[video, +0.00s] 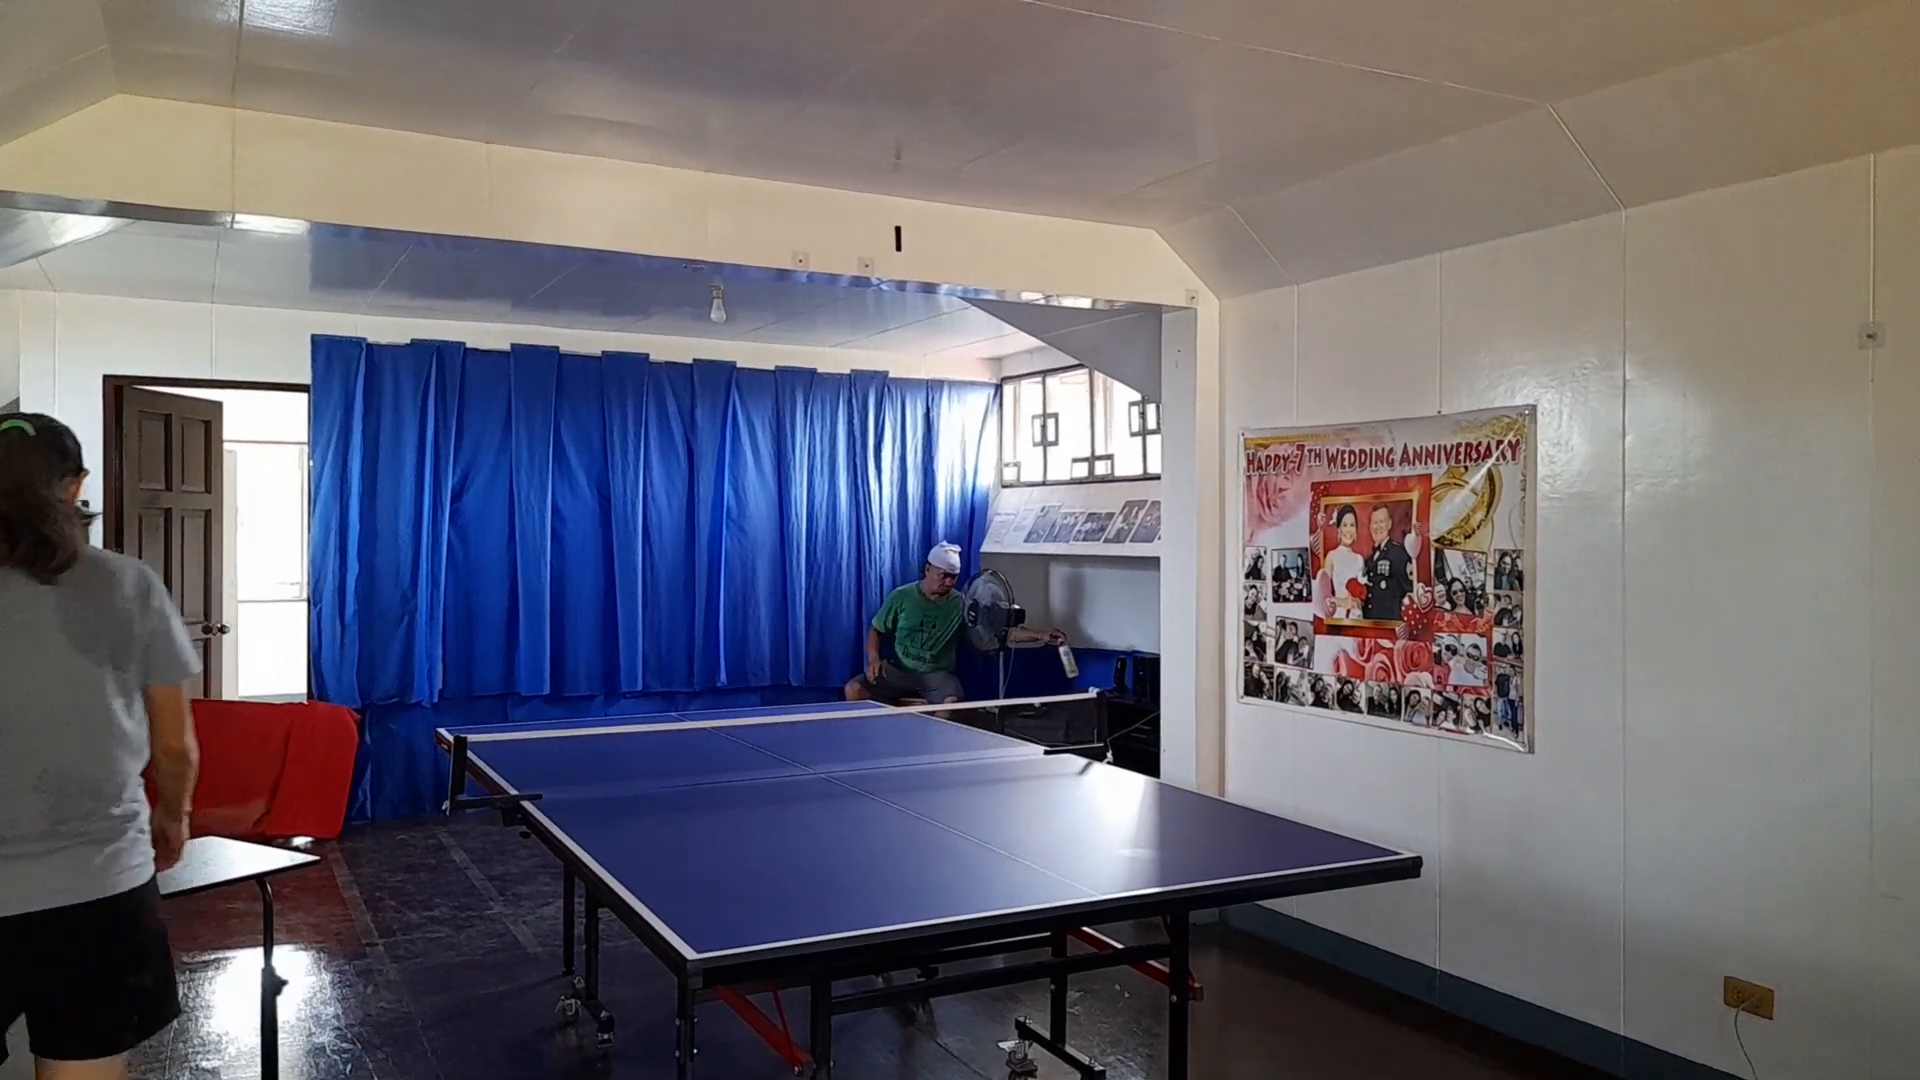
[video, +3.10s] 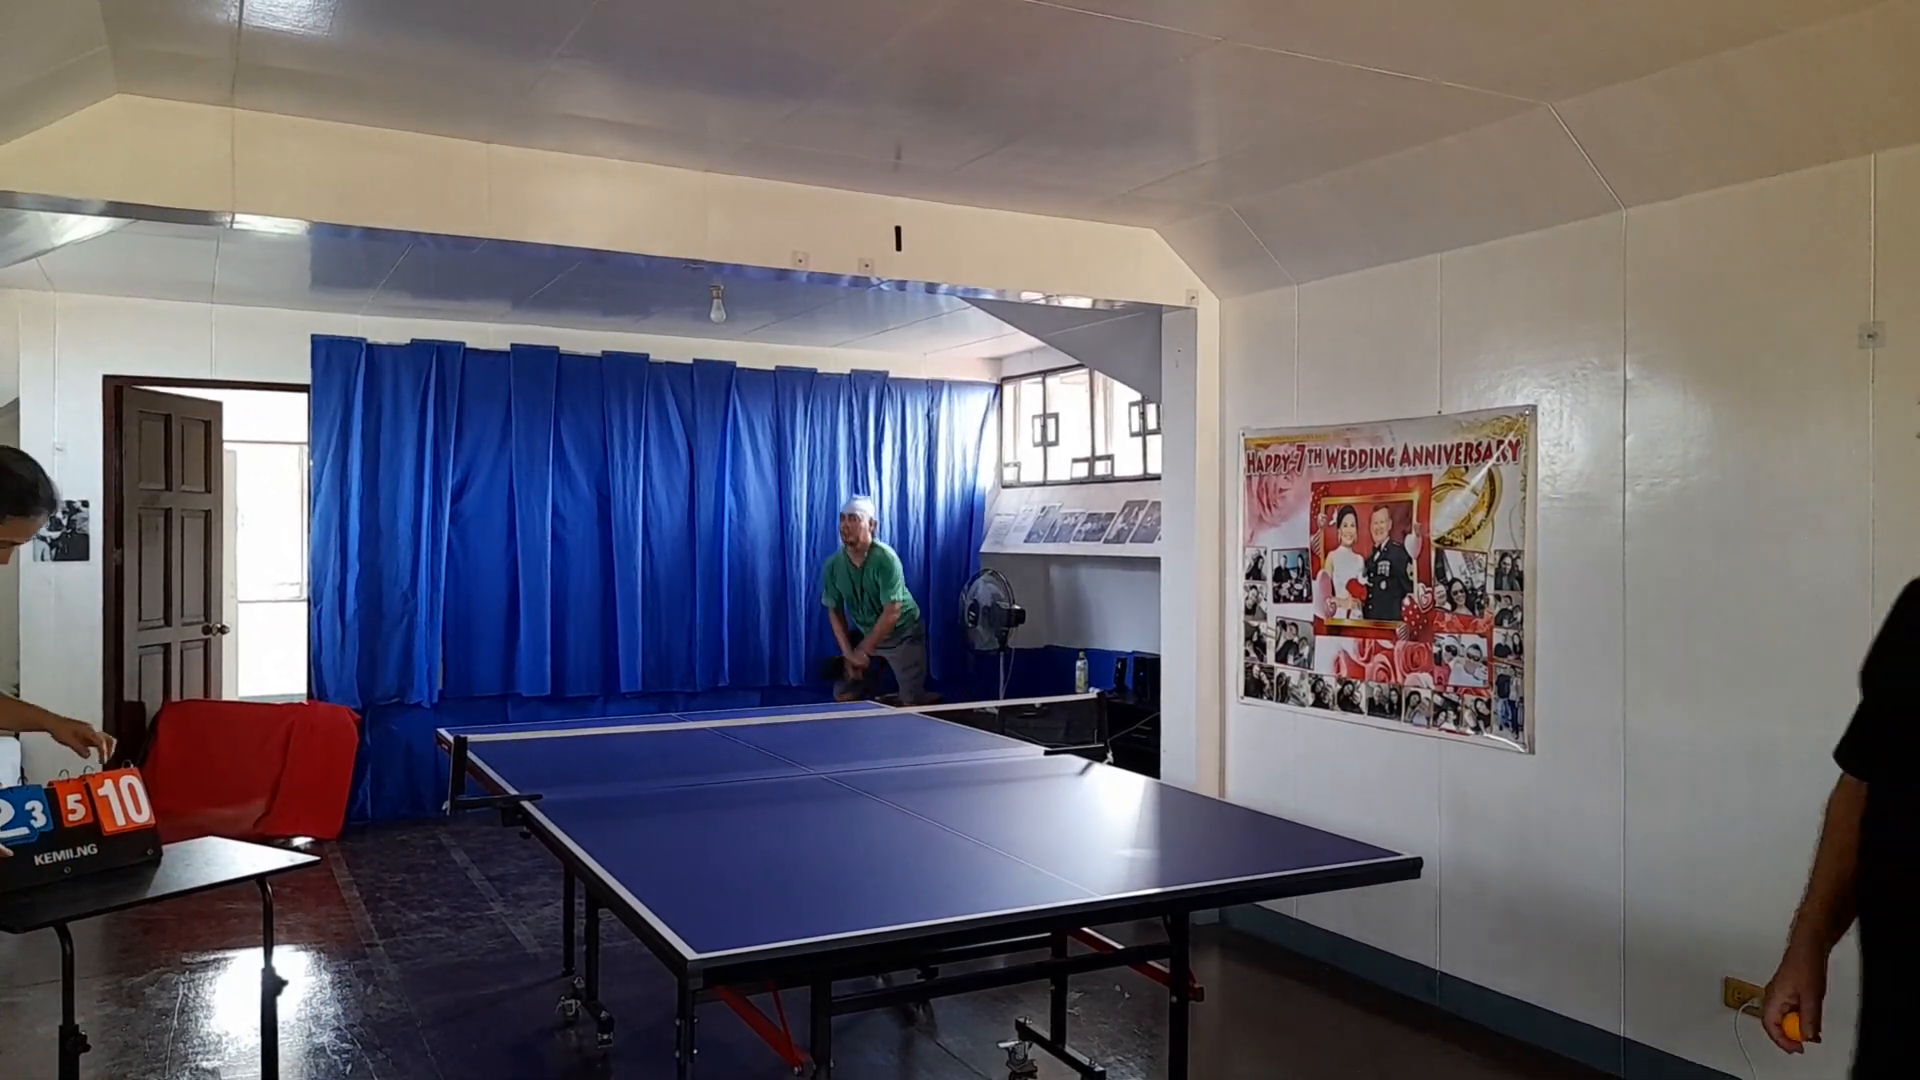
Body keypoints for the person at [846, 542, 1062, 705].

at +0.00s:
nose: (949, 583)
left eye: (954, 578)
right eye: (944, 577)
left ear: (958, 577)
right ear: (927, 571)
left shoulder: (960, 604)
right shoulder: (901, 596)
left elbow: (996, 633)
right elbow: (875, 631)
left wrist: (1039, 637)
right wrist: (874, 659)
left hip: (937, 676)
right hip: (900, 672)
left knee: (951, 704)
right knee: (853, 689)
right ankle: (876, 740)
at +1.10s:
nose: (942, 592)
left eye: (948, 587)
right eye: (937, 586)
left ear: (954, 583)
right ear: (922, 577)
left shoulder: (960, 607)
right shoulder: (901, 600)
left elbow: (984, 644)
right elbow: (879, 632)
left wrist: (1009, 660)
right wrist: (871, 656)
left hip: (937, 677)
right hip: (899, 673)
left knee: (952, 704)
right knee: (854, 691)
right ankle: (869, 747)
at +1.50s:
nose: (928, 586)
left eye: (932, 580)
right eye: (922, 580)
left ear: (937, 577)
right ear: (906, 573)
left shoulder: (947, 600)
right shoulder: (887, 602)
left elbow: (963, 635)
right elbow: (866, 642)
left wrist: (976, 662)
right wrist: (868, 660)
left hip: (935, 674)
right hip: (896, 673)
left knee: (949, 700)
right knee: (852, 690)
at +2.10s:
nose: (891, 588)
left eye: (894, 581)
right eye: (884, 585)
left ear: (901, 573)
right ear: (873, 584)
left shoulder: (923, 598)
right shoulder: (864, 612)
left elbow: (948, 639)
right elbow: (857, 655)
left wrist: (964, 681)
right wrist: (871, 676)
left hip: (927, 670)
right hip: (887, 673)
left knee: (940, 698)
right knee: (848, 690)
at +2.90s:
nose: (855, 579)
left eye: (860, 571)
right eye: (849, 573)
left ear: (876, 570)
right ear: (844, 576)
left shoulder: (898, 597)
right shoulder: (843, 606)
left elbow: (918, 645)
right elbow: (847, 649)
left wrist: (935, 694)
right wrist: (860, 684)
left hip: (908, 660)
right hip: (873, 663)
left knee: (928, 702)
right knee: (842, 694)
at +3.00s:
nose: (850, 552)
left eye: (858, 545)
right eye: (847, 545)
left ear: (875, 548)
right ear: (843, 548)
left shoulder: (891, 581)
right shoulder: (840, 586)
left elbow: (897, 638)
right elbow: (845, 635)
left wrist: (900, 686)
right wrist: (857, 680)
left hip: (912, 646)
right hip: (874, 649)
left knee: (909, 703)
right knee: (843, 695)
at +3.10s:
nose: (845, 525)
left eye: (853, 518)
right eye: (842, 519)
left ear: (871, 525)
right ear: (839, 524)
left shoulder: (886, 559)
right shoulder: (833, 565)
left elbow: (893, 611)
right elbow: (835, 611)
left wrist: (863, 650)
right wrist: (849, 653)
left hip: (902, 634)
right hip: (865, 636)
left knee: (912, 700)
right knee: (844, 695)